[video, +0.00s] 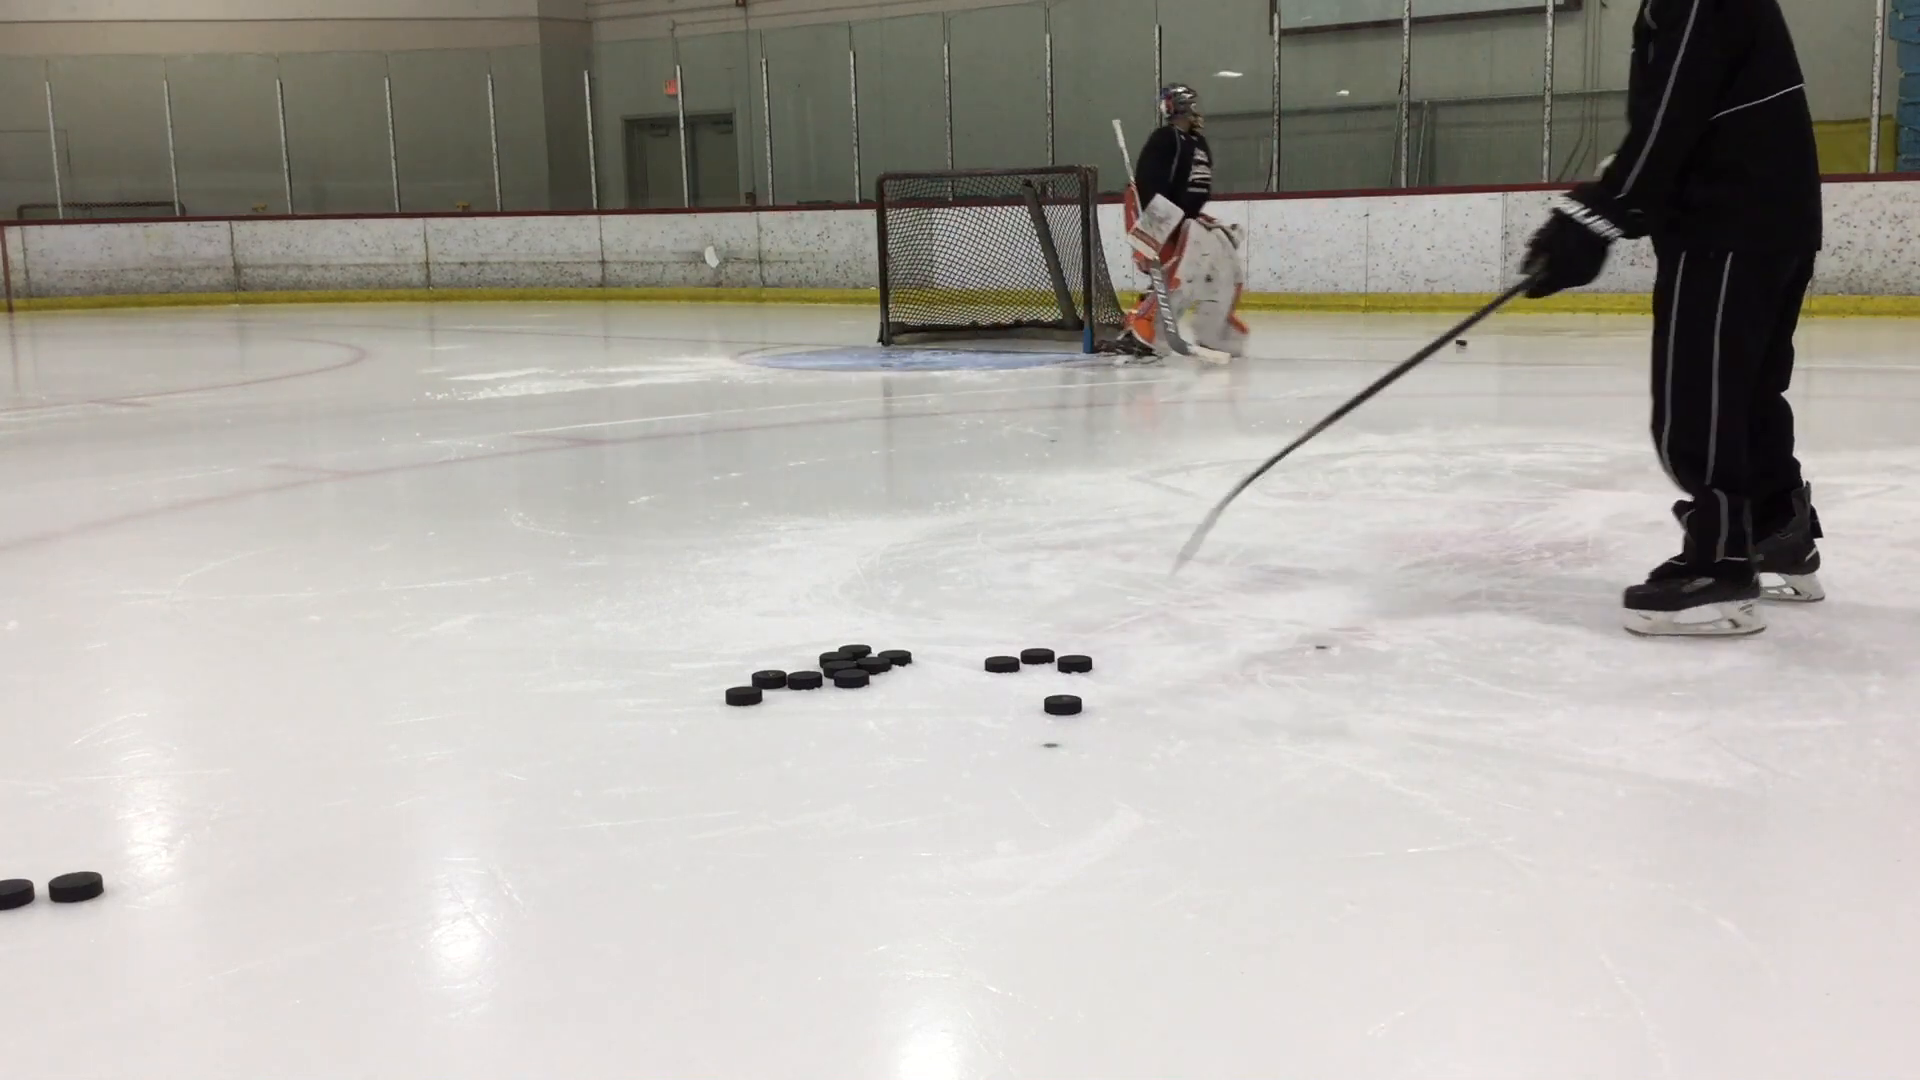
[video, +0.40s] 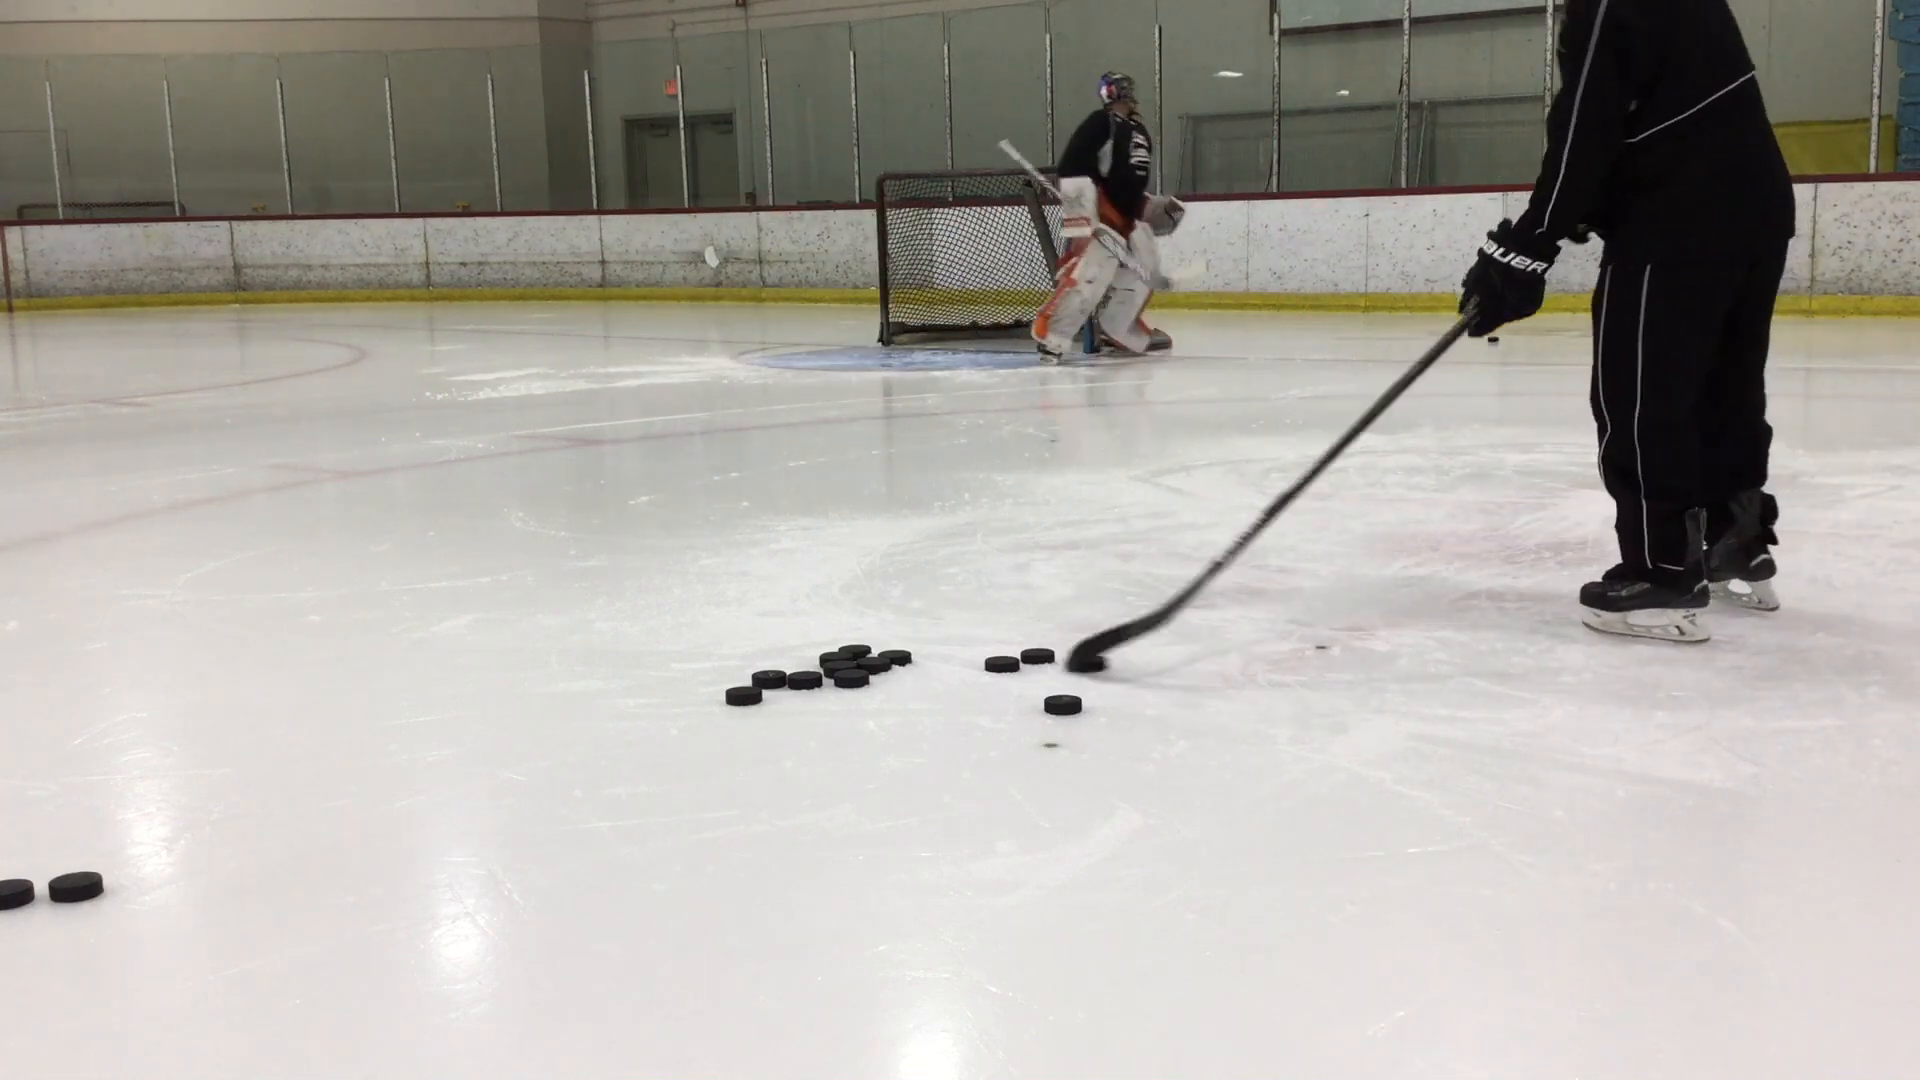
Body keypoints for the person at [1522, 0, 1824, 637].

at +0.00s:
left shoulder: (1690, 6)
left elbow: (1666, 126)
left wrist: (1591, 223)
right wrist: (1598, 216)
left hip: (1724, 228)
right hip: (1770, 220)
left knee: (1693, 400)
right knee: (1749, 387)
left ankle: (1719, 568)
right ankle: (1780, 539)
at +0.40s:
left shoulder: (1599, 7)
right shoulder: (1692, 6)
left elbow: (1583, 129)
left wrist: (1521, 250)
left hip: (1670, 221)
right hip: (1755, 205)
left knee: (1636, 394)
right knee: (1728, 385)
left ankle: (1661, 574)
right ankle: (1736, 550)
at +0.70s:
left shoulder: (1565, 16)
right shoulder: (1691, 7)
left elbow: (1554, 125)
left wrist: (1546, 241)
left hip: (1648, 223)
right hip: (1744, 206)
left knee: (1628, 396)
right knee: (1718, 384)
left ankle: (1658, 574)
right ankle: (1732, 553)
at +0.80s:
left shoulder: (1561, 13)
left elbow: (1554, 122)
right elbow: (1741, 23)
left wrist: (1554, 229)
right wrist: (1701, 87)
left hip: (1644, 210)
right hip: (1740, 195)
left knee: (1625, 393)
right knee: (1718, 380)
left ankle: (1656, 571)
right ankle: (1738, 551)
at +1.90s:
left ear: (1568, 3)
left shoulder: (1577, 40)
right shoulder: (1711, 6)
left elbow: (1577, 168)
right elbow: (1799, 17)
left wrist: (1568, 288)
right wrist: (1745, 107)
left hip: (1695, 207)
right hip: (1794, 190)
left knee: (1656, 387)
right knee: (1765, 381)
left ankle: (1626, 558)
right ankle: (1752, 548)